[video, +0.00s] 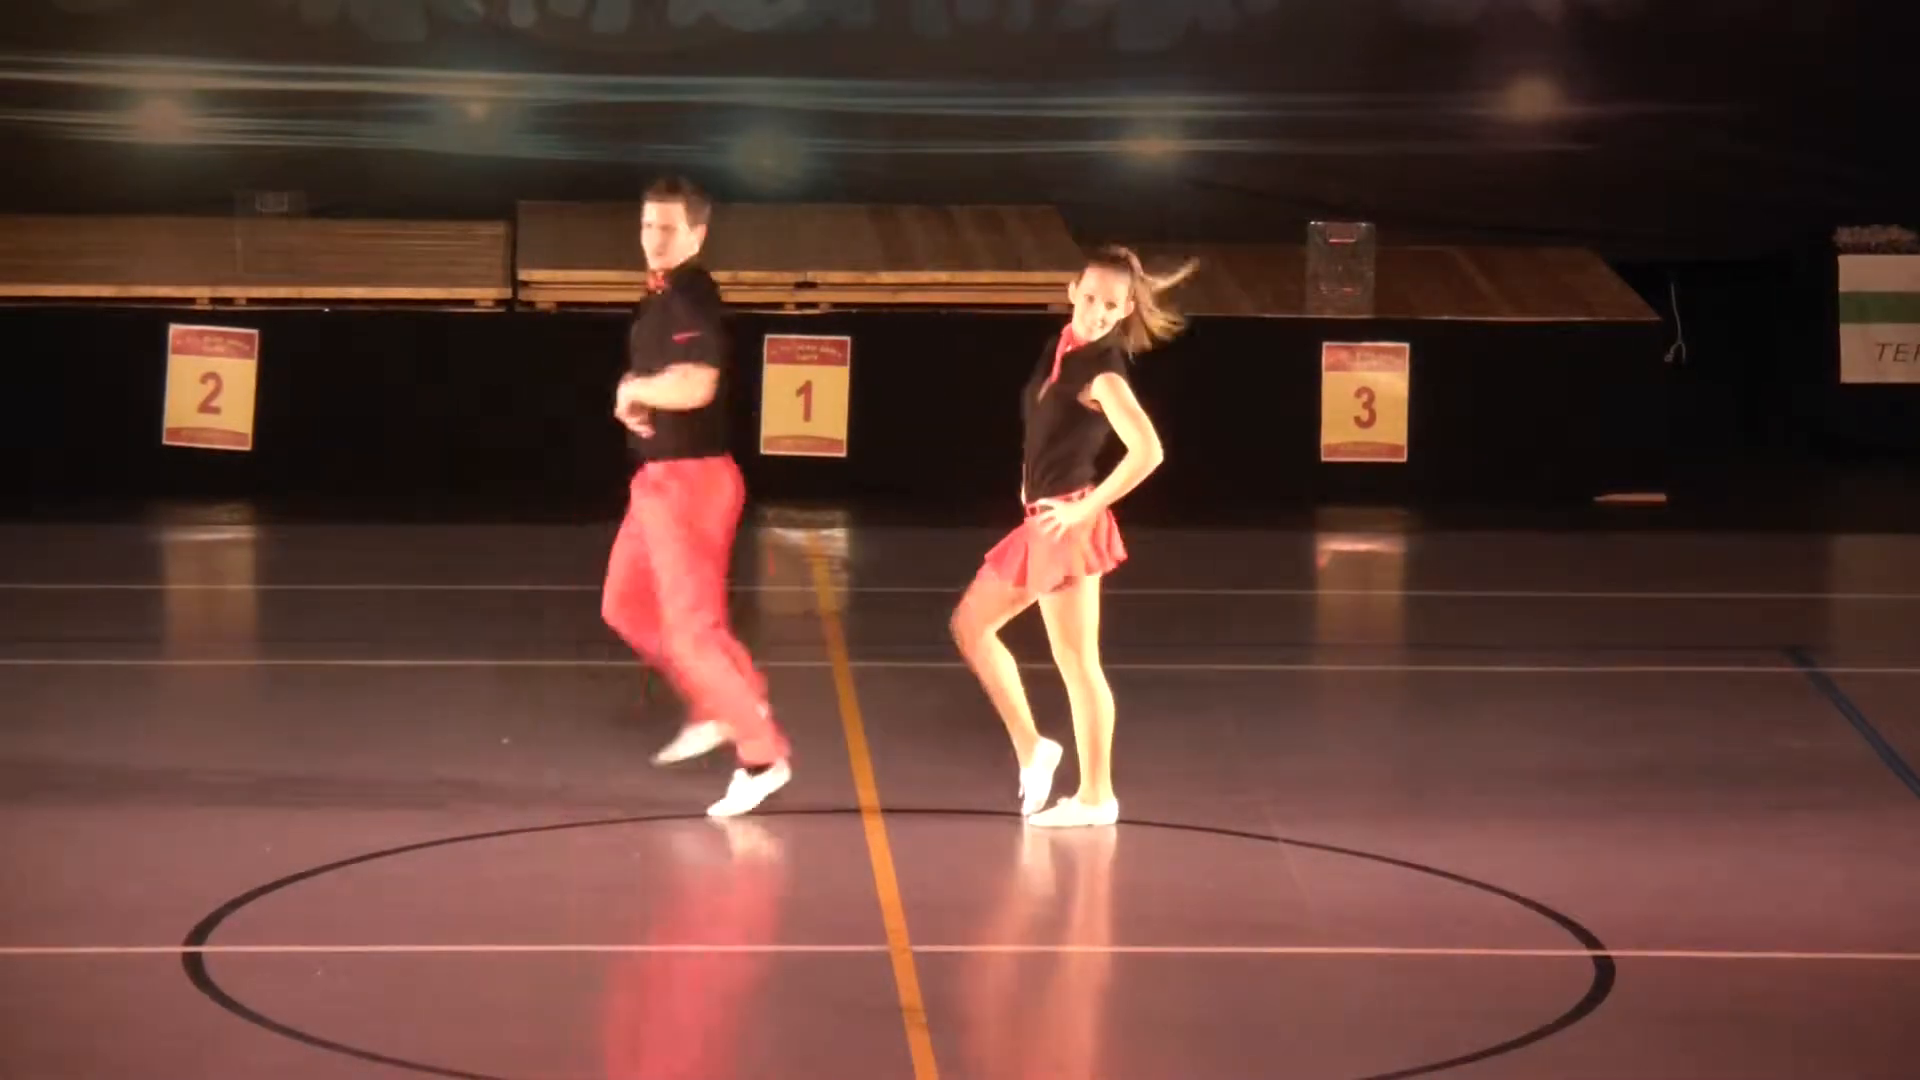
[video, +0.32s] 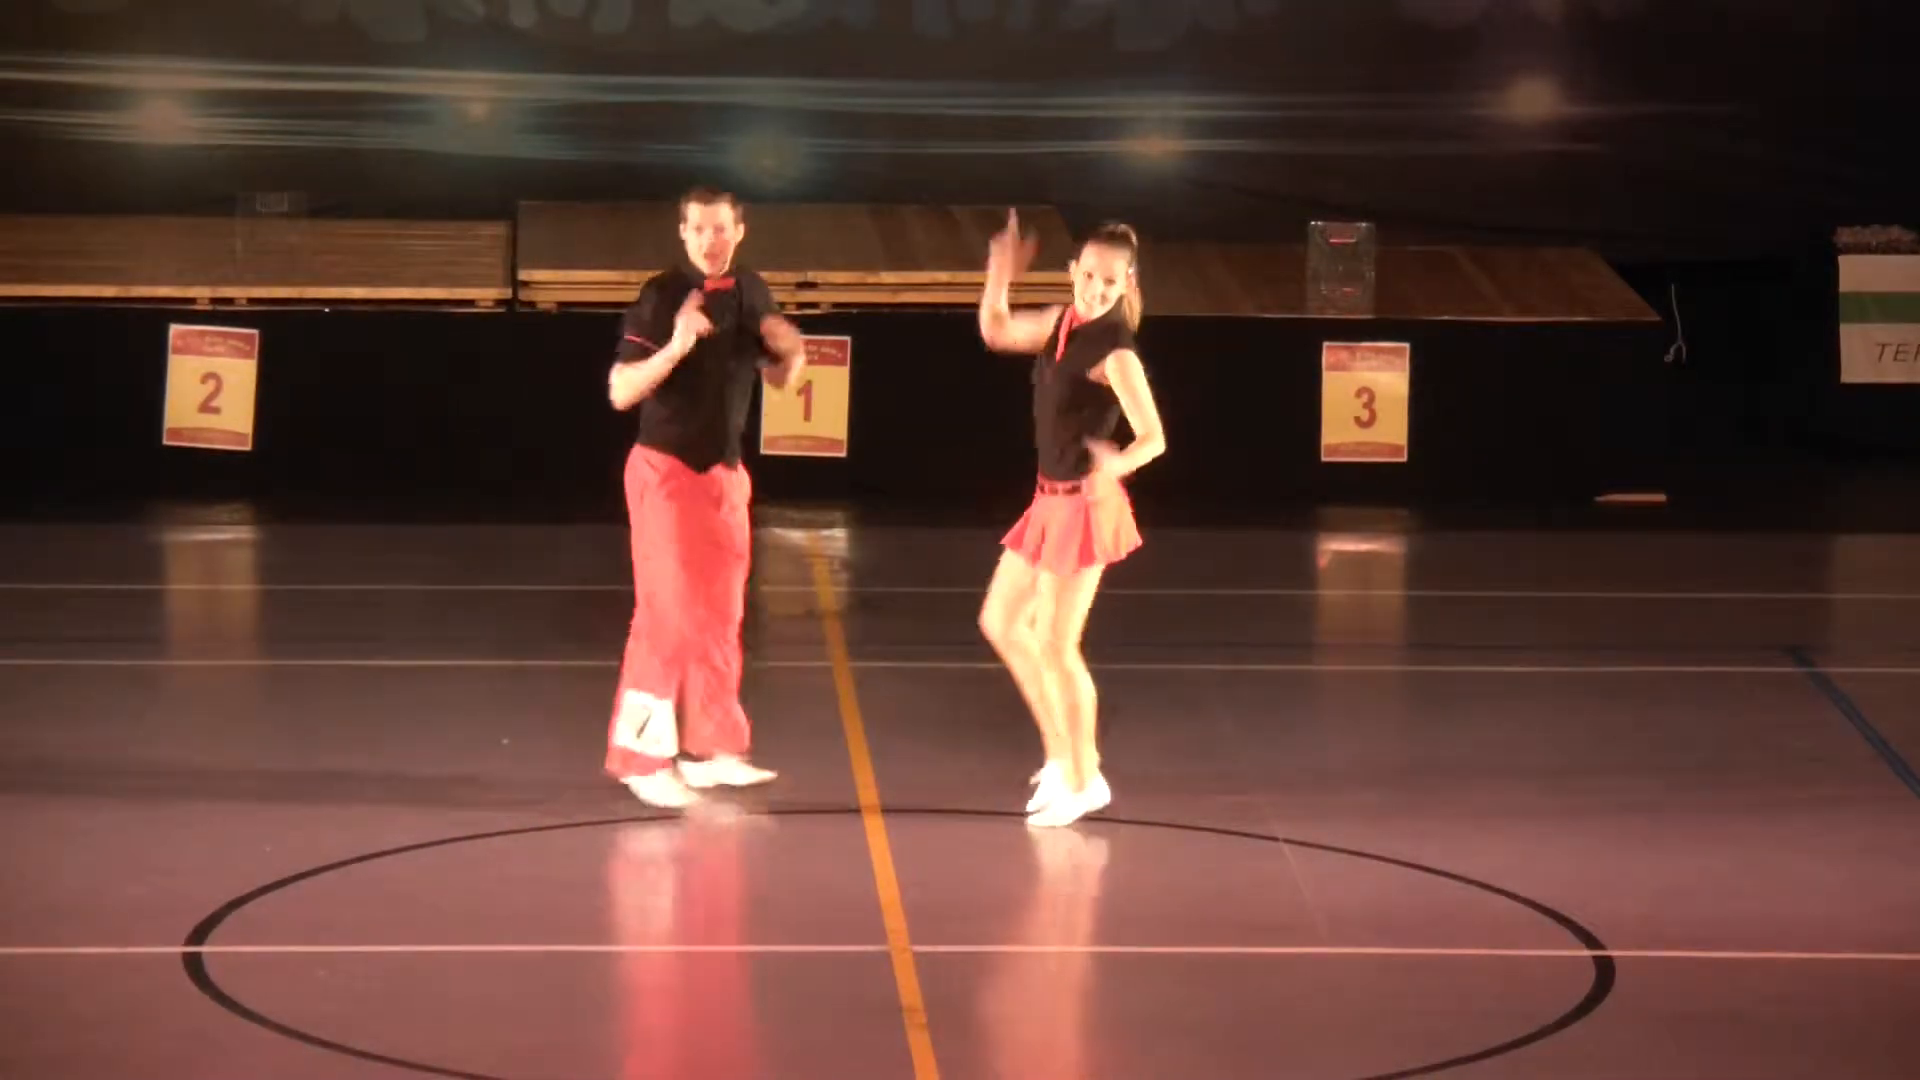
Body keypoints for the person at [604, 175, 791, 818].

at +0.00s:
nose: (655, 238)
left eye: (669, 227)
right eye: (649, 226)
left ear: (698, 230)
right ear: (641, 228)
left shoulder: (693, 294)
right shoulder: (659, 299)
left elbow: (698, 384)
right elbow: (663, 377)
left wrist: (631, 389)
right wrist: (635, 404)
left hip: (693, 481)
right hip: (659, 479)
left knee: (692, 625)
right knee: (626, 605)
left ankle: (765, 757)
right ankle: (711, 709)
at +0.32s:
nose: (712, 241)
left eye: (722, 228)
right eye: (701, 229)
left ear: (740, 231)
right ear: (682, 232)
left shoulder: (750, 293)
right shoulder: (660, 295)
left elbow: (780, 379)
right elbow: (621, 391)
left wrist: (789, 353)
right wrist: (678, 345)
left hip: (726, 476)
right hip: (662, 473)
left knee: (721, 615)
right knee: (667, 611)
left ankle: (711, 750)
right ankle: (639, 756)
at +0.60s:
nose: (712, 288)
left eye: (723, 275)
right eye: (701, 276)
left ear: (739, 275)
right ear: (682, 276)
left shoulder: (745, 338)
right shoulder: (670, 347)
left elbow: (750, 418)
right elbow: (646, 452)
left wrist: (783, 408)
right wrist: (678, 437)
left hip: (725, 514)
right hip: (687, 516)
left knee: (656, 628)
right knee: (782, 620)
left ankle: (599, 741)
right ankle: (777, 765)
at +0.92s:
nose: (738, 239)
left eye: (737, 228)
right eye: (727, 229)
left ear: (710, 237)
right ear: (690, 237)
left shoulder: (722, 296)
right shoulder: (673, 307)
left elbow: (789, 344)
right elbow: (660, 389)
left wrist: (872, 363)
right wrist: (691, 416)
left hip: (732, 455)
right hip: (684, 481)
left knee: (824, 473)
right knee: (706, 607)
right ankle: (674, 767)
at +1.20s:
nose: (752, 235)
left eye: (751, 223)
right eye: (741, 224)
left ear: (723, 230)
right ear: (703, 232)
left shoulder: (741, 296)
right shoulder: (664, 299)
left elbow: (800, 345)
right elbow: (606, 382)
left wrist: (865, 329)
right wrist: (649, 411)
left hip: (696, 470)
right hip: (661, 470)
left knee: (669, 607)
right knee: (785, 540)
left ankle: (616, 754)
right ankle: (707, 655)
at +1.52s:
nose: (755, 244)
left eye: (751, 232)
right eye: (745, 233)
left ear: (706, 243)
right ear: (711, 244)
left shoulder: (705, 294)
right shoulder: (706, 308)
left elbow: (796, 316)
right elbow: (808, 351)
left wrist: (877, 287)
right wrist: (901, 312)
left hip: (724, 447)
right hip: (700, 479)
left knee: (830, 412)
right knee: (721, 620)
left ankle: (939, 478)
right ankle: (678, 775)